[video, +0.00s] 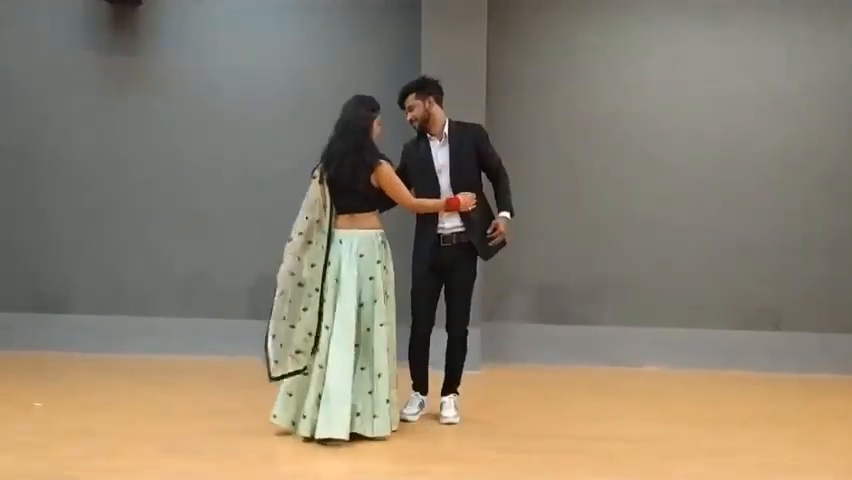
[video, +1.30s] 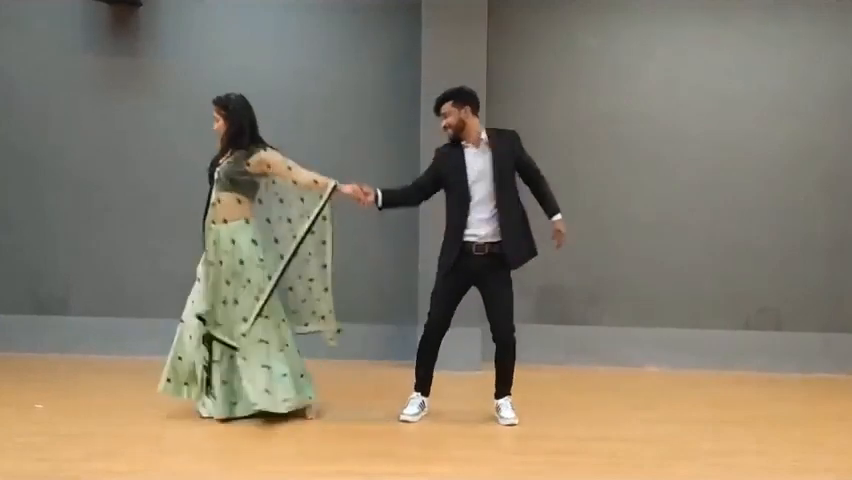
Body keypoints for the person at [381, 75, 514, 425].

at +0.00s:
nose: (408, 116)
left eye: (412, 108)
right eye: (406, 111)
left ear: (432, 102)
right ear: (416, 110)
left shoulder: (472, 135)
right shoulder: (413, 148)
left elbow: (498, 174)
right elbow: (395, 192)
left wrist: (505, 214)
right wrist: (360, 208)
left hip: (464, 243)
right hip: (428, 243)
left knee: (457, 325)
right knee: (421, 322)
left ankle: (450, 396)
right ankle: (419, 394)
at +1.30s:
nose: (443, 123)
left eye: (447, 115)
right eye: (441, 118)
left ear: (468, 111)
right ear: (458, 115)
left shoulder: (506, 142)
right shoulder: (447, 156)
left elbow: (533, 177)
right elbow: (417, 192)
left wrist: (555, 216)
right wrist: (376, 197)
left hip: (496, 256)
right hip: (458, 255)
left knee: (505, 334)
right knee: (434, 326)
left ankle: (503, 399)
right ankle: (419, 396)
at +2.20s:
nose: (425, 118)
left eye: (431, 113)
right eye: (423, 112)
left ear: (451, 113)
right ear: (423, 112)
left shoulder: (473, 150)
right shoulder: (418, 146)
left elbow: (490, 196)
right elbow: (402, 183)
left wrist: (490, 239)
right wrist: (362, 193)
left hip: (454, 251)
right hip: (417, 249)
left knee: (478, 324)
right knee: (407, 324)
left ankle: (500, 399)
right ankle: (393, 396)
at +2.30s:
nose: (424, 117)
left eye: (431, 111)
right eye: (423, 110)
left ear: (450, 112)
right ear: (423, 110)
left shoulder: (473, 150)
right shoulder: (416, 146)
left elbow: (488, 195)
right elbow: (397, 185)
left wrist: (487, 236)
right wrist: (354, 199)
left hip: (453, 251)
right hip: (416, 249)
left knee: (478, 325)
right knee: (407, 325)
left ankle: (500, 398)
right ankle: (394, 397)